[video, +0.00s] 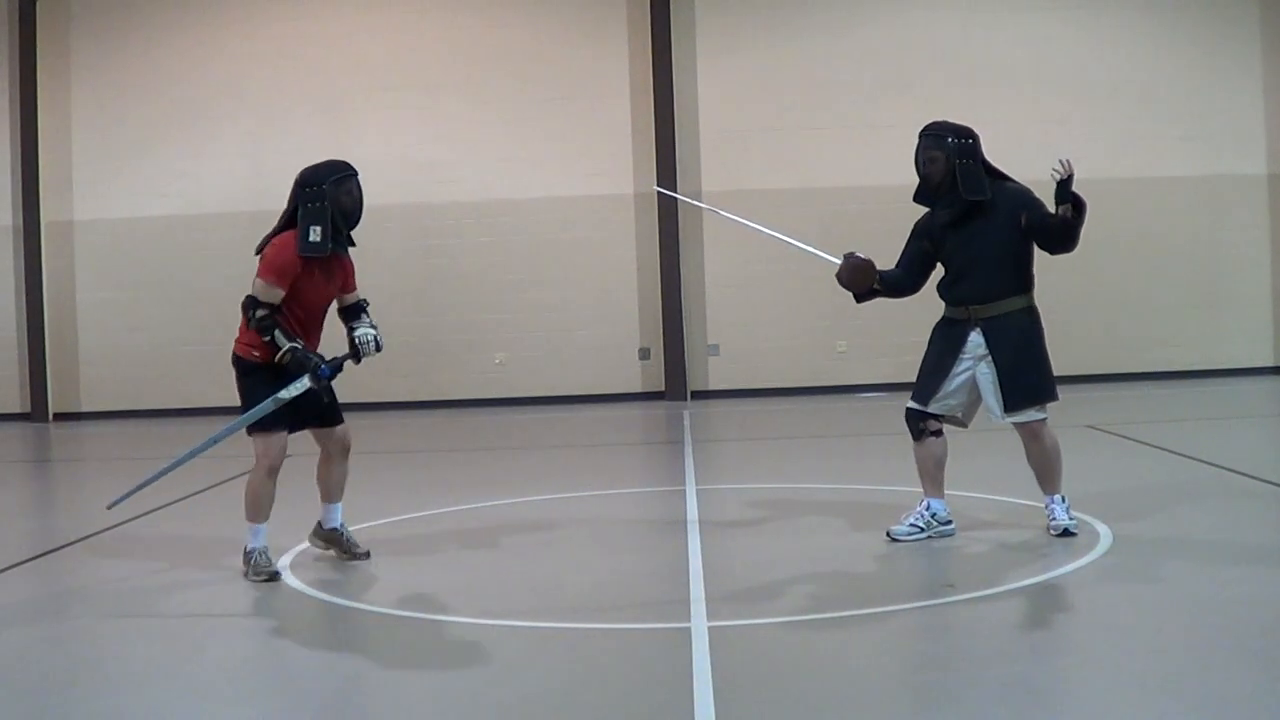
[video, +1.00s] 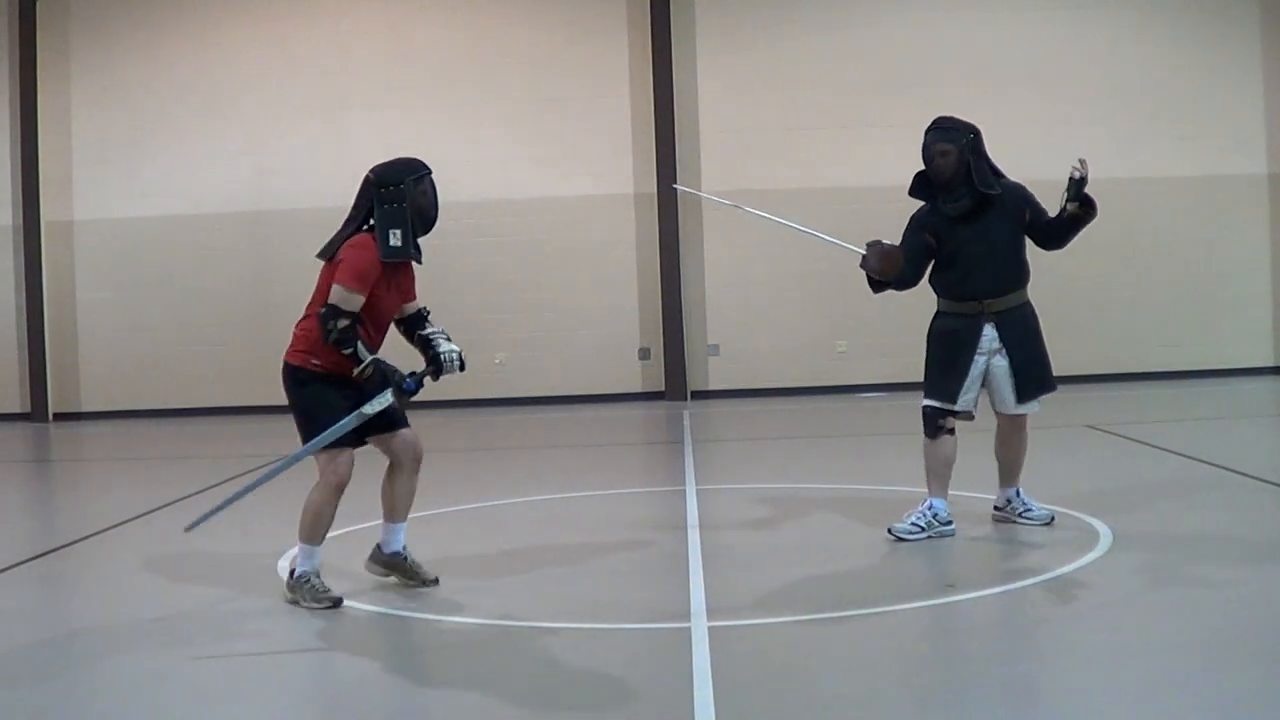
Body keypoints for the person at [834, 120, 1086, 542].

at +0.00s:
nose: (923, 168)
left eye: (931, 158)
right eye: (920, 160)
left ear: (958, 158)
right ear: (922, 163)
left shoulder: (1013, 199)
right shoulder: (934, 220)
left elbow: (1059, 241)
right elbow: (907, 278)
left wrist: (1068, 204)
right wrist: (870, 279)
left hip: (1011, 325)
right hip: (956, 327)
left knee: (1030, 418)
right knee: (923, 416)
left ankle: (1055, 503)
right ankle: (934, 510)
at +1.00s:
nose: (936, 163)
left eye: (944, 154)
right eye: (931, 156)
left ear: (968, 153)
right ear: (925, 161)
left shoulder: (1010, 196)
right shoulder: (928, 218)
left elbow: (1050, 237)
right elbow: (908, 274)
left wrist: (1073, 213)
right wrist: (881, 271)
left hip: (1011, 320)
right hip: (955, 324)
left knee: (1014, 412)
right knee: (937, 413)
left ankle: (1009, 497)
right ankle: (936, 508)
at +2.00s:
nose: (1097, 178)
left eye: (1105, 171)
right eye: (1093, 170)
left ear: (1126, 175)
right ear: (1086, 173)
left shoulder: (1152, 226)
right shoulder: (1080, 223)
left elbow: (1188, 269)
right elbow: (1049, 266)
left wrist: (1227, 302)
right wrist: (1006, 268)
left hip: (1126, 331)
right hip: (1076, 328)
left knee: (1116, 414)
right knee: (1063, 421)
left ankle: (1096, 482)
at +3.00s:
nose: (1183, 197)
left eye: (1190, 190)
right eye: (1178, 190)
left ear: (1206, 191)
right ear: (1171, 194)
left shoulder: (1235, 230)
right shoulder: (1169, 241)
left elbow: (1266, 266)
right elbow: (1160, 286)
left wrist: (1279, 263)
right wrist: (1165, 311)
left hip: (1230, 323)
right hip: (1183, 325)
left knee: (1245, 394)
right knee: (1163, 391)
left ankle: (1246, 452)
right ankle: (1145, 464)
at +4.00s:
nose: (1111, 209)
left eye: (1118, 202)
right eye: (1106, 203)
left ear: (1135, 204)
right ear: (1101, 208)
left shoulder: (1167, 240)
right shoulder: (1102, 254)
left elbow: (1208, 265)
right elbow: (1075, 300)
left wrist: (1228, 250)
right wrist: (1036, 288)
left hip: (1165, 334)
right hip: (1118, 334)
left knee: (1188, 412)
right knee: (1093, 392)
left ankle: (1171, 457)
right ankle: (1093, 461)